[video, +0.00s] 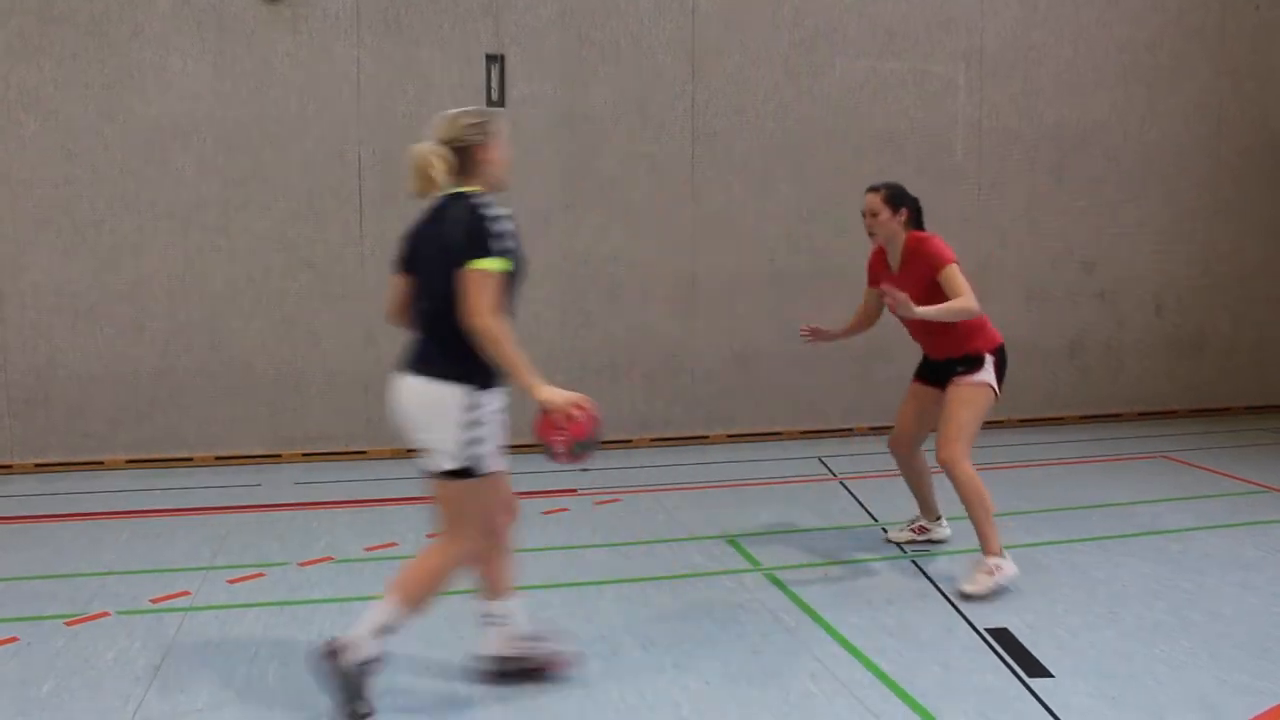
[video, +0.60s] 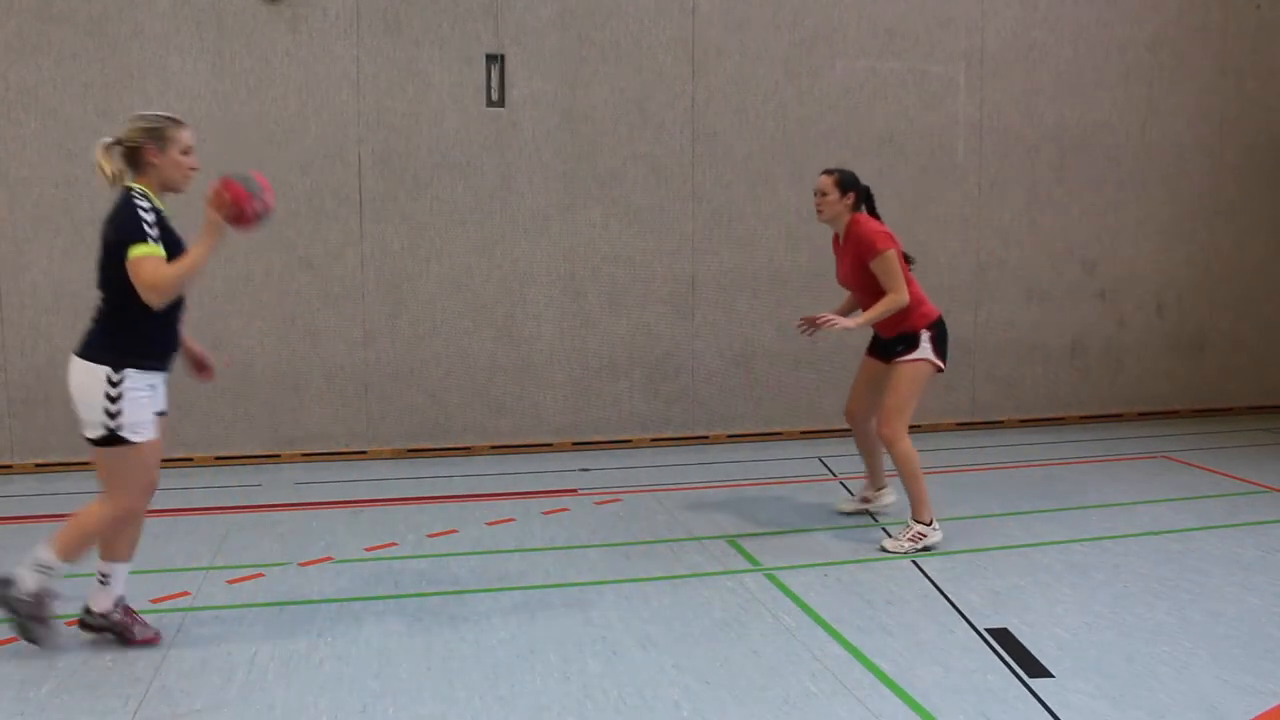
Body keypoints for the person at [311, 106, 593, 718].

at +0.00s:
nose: (507, 154)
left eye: (503, 143)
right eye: (501, 145)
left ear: (456, 155)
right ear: (482, 152)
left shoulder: (431, 216)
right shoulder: (488, 218)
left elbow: (400, 307)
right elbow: (481, 315)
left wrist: (459, 322)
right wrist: (540, 388)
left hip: (421, 387)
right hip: (460, 395)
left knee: (496, 510)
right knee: (467, 535)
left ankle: (504, 639)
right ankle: (358, 647)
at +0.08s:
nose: (450, 170)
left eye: (446, 160)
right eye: (443, 161)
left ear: (402, 176)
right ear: (423, 173)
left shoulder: (386, 233)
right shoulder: (422, 238)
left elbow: (349, 323)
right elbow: (413, 335)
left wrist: (409, 345)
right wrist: (489, 393)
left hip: (380, 408)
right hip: (386, 419)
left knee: (446, 512)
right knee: (392, 556)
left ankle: (384, 621)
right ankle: (301, 676)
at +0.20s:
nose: (375, 187)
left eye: (372, 178)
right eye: (366, 178)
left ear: (340, 187)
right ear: (336, 187)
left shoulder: (332, 252)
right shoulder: (319, 252)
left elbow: (321, 348)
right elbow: (301, 347)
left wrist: (387, 387)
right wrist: (382, 382)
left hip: (310, 423)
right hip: (297, 426)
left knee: (331, 532)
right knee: (352, 556)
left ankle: (229, 581)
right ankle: (293, 687)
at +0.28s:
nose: (328, 183)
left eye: (325, 173)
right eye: (318, 174)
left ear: (289, 185)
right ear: (286, 183)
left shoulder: (287, 245)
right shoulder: (262, 243)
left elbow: (284, 334)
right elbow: (237, 333)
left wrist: (337, 361)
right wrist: (318, 361)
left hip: (261, 408)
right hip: (249, 411)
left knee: (250, 525)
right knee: (302, 542)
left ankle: (153, 591)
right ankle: (286, 688)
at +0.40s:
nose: (268, 190)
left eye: (266, 181)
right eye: (258, 181)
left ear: (231, 190)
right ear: (224, 188)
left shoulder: (236, 250)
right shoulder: (197, 248)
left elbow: (241, 328)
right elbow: (184, 338)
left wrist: (282, 371)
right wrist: (264, 319)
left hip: (196, 408)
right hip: (173, 409)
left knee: (182, 525)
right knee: (233, 522)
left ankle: (105, 617)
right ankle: (233, 666)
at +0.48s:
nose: (234, 185)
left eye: (232, 175)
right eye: (224, 175)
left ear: (199, 182)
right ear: (191, 180)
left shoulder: (197, 238)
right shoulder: (165, 238)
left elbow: (201, 317)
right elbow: (167, 322)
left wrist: (244, 361)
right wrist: (238, 286)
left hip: (167, 398)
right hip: (144, 398)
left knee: (160, 515)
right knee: (198, 512)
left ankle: (105, 620)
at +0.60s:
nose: (194, 162)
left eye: (193, 152)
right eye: (185, 152)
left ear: (155, 157)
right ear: (152, 156)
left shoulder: (149, 210)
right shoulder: (132, 212)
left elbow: (148, 292)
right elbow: (154, 289)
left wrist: (183, 343)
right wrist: (209, 235)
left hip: (140, 372)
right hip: (113, 373)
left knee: (138, 488)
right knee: (123, 496)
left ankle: (105, 604)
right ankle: (29, 582)